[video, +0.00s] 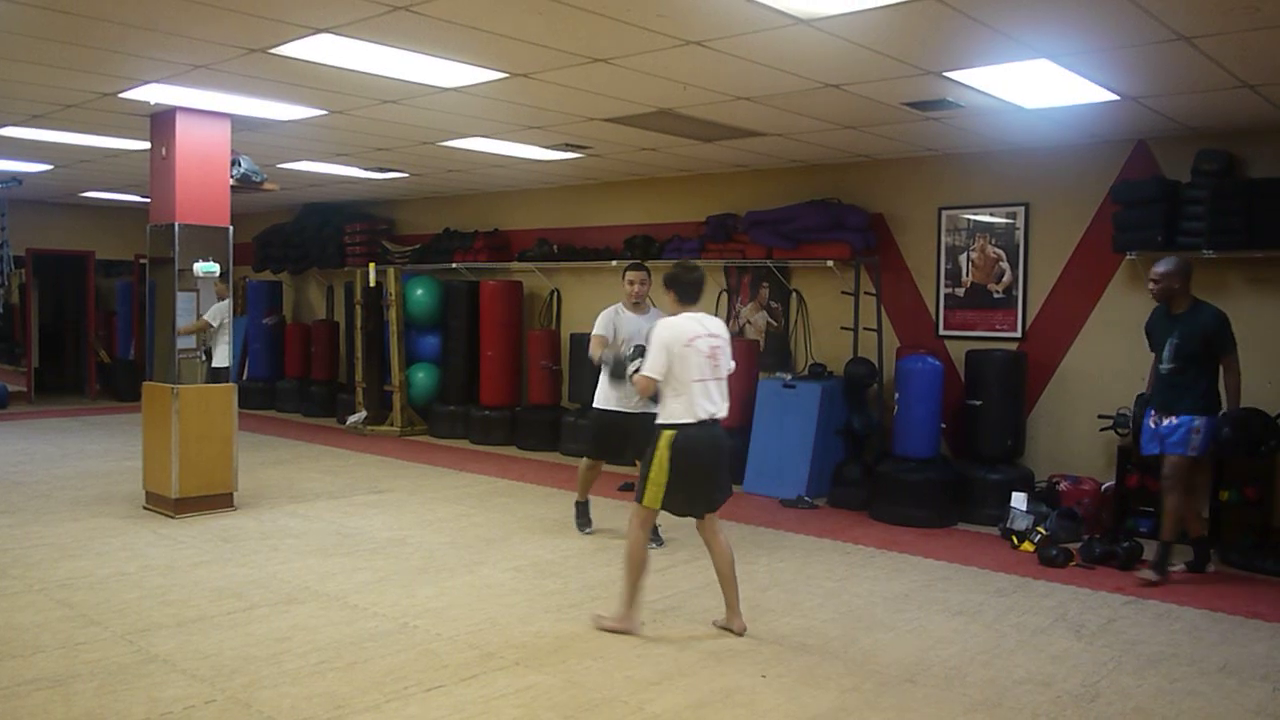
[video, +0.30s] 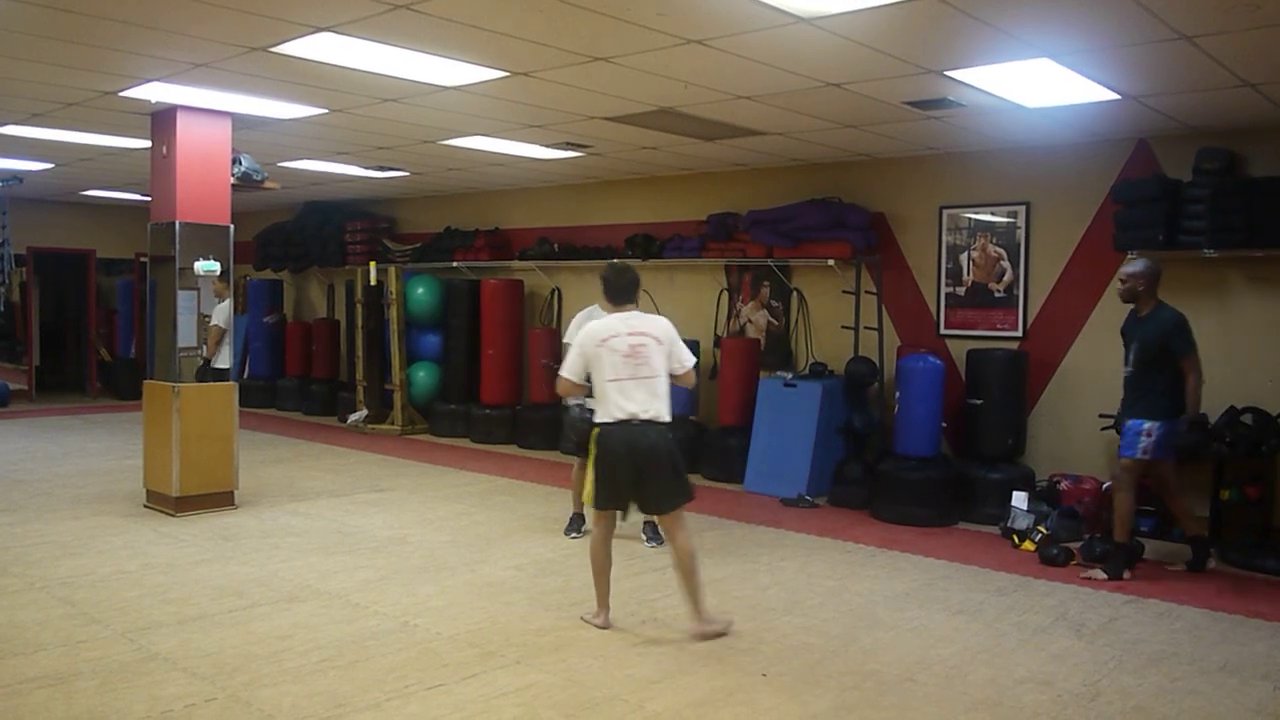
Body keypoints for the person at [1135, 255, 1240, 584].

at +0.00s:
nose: (1150, 287)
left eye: (1157, 281)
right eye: (1150, 281)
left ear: (1180, 283)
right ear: (1155, 284)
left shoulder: (1212, 320)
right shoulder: (1156, 320)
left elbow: (1231, 368)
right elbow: (1158, 360)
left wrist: (1232, 415)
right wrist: (1148, 399)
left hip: (1196, 414)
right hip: (1162, 413)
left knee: (1171, 477)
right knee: (1184, 483)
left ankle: (1160, 560)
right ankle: (1201, 553)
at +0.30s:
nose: (1119, 287)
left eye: (1125, 281)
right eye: (1119, 281)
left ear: (1145, 284)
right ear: (1135, 284)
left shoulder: (1172, 322)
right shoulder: (1130, 324)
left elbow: (1192, 372)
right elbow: (1133, 374)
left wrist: (1192, 418)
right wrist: (1124, 413)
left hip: (1157, 416)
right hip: (1136, 414)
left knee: (1123, 476)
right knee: (1165, 483)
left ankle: (1119, 558)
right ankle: (1198, 543)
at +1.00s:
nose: (1017, 280)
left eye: (1022, 275)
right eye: (1019, 275)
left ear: (1037, 280)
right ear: (1037, 281)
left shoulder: (1056, 312)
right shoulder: (1041, 313)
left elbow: (1067, 359)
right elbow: (1044, 362)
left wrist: (1039, 402)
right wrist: (1030, 396)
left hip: (1063, 411)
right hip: (1039, 410)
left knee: (1076, 483)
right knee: (1012, 465)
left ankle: (1109, 553)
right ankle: (1001, 543)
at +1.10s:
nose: (997, 273)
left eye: (1003, 268)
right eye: (999, 268)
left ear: (1019, 276)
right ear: (1018, 276)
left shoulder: (1035, 309)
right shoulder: (1021, 308)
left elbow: (1045, 357)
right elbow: (1025, 362)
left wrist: (1029, 406)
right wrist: (1011, 401)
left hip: (1039, 409)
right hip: (1018, 406)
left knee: (1035, 476)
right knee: (1000, 466)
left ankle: (1090, 543)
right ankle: (999, 543)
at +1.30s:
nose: (966, 277)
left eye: (969, 272)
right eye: (967, 271)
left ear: (979, 275)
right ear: (993, 275)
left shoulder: (997, 303)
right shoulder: (1000, 303)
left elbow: (1010, 349)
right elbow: (1003, 352)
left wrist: (1004, 399)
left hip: (986, 399)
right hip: (999, 399)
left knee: (957, 461)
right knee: (994, 466)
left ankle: (1001, 518)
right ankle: (998, 543)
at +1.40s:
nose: (947, 275)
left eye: (951, 270)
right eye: (949, 270)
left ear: (964, 273)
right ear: (972, 273)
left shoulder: (978, 303)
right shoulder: (983, 301)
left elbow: (992, 351)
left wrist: (982, 398)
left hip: (971, 400)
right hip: (990, 400)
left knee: (936, 457)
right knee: (988, 468)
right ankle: (998, 543)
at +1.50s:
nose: (929, 280)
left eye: (932, 275)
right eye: (931, 274)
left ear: (946, 277)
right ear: (954, 277)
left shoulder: (957, 307)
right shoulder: (968, 305)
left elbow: (969, 354)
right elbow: (970, 354)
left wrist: (957, 397)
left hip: (953, 400)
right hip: (977, 400)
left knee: (922, 456)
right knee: (976, 464)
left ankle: (902, 534)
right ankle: (996, 541)